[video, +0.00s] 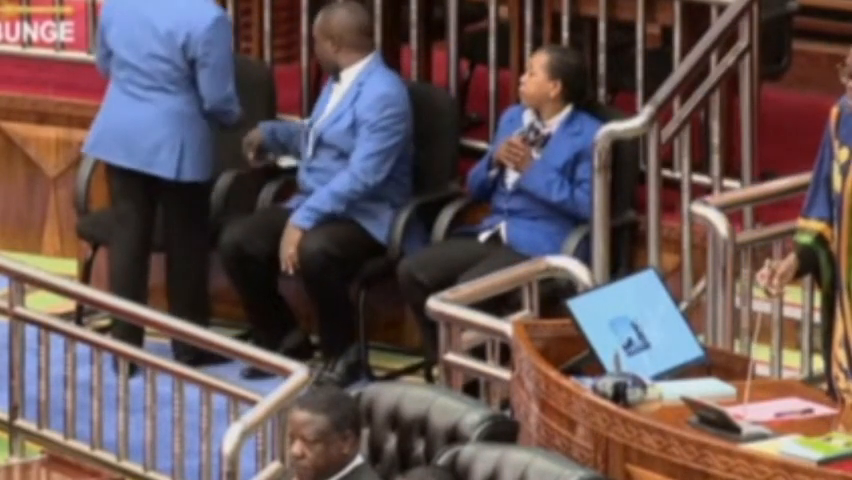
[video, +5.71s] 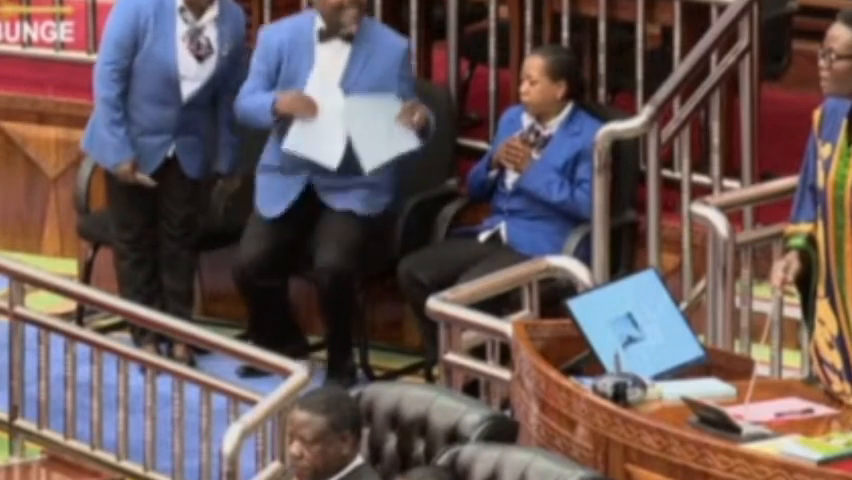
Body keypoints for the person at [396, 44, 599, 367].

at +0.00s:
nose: (522, 80)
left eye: (531, 74)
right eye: (525, 72)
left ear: (555, 88)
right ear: (551, 88)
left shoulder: (590, 135)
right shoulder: (513, 119)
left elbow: (589, 207)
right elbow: (476, 189)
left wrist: (530, 170)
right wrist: (495, 163)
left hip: (538, 250)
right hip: (494, 238)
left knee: (461, 298)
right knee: (413, 271)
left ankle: (480, 381)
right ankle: (448, 367)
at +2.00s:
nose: (519, 81)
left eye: (528, 76)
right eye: (523, 73)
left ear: (552, 89)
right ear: (549, 88)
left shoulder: (589, 135)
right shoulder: (512, 120)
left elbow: (590, 206)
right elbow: (475, 190)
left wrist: (529, 172)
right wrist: (494, 164)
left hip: (539, 251)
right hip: (494, 236)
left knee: (462, 296)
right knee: (414, 271)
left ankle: (482, 381)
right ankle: (445, 366)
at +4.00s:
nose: (522, 90)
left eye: (531, 83)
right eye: (522, 81)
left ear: (559, 92)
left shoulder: (589, 135)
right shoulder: (512, 120)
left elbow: (589, 206)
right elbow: (476, 188)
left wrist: (530, 172)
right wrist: (495, 164)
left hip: (539, 249)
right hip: (495, 235)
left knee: (464, 295)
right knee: (414, 271)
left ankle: (483, 380)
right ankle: (444, 365)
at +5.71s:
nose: (523, 91)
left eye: (532, 83)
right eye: (522, 81)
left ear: (561, 90)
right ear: (519, 83)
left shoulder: (590, 135)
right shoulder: (512, 119)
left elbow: (589, 206)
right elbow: (475, 190)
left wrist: (529, 171)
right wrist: (494, 164)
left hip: (539, 250)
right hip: (495, 237)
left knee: (462, 297)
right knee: (414, 271)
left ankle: (485, 379)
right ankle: (447, 364)